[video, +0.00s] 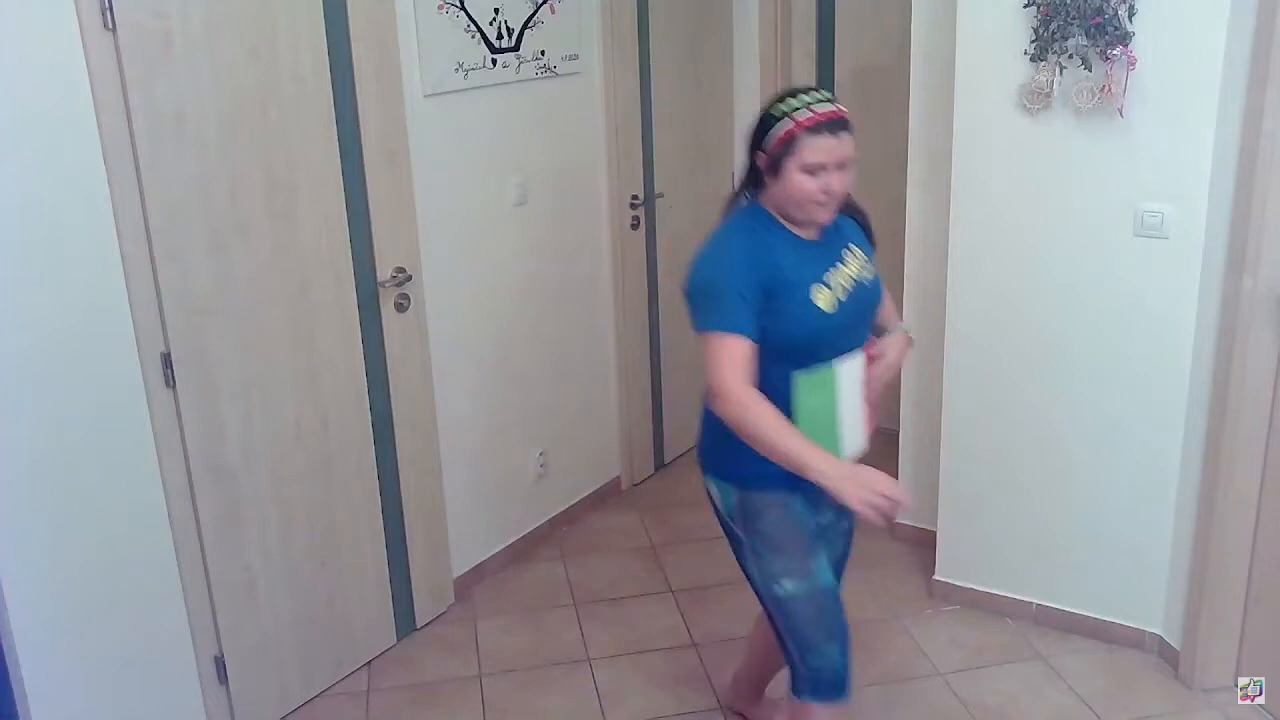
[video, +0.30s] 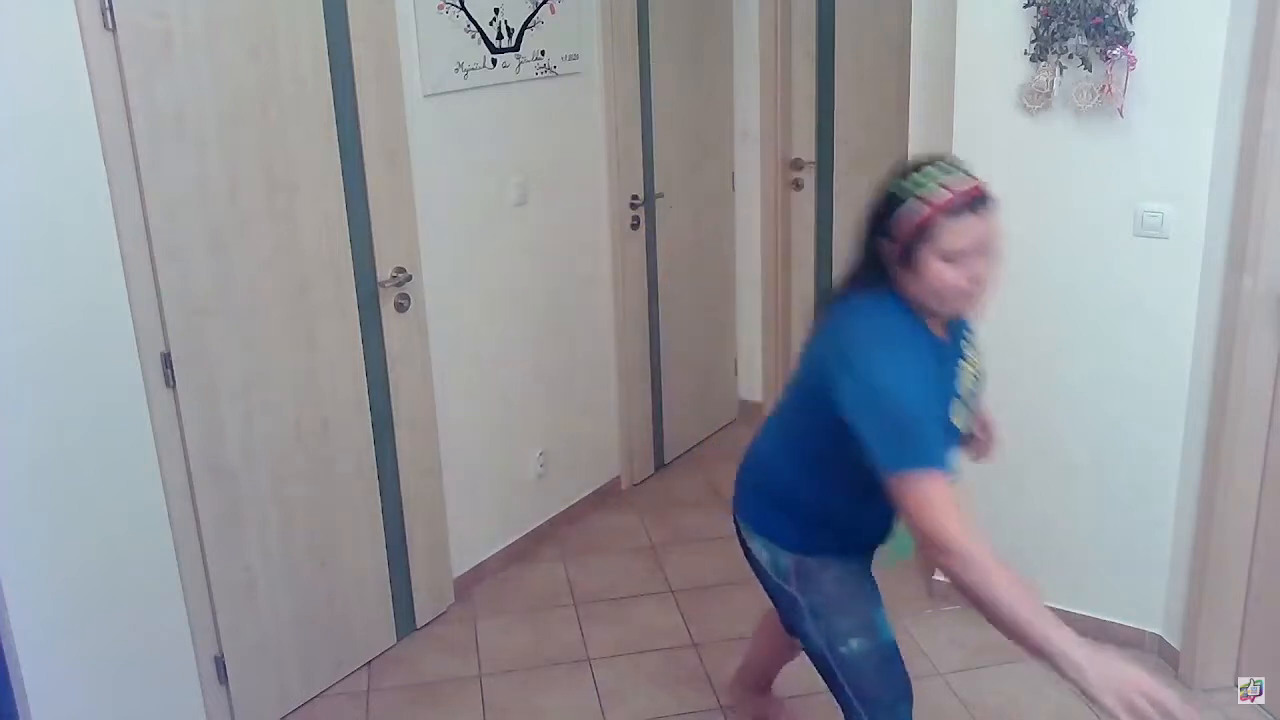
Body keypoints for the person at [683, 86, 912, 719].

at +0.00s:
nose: (834, 186)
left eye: (844, 168)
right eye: (815, 171)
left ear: (854, 163)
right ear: (768, 170)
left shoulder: (846, 228)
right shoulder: (733, 255)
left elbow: (877, 307)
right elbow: (728, 393)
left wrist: (895, 341)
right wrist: (836, 473)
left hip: (839, 464)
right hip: (759, 477)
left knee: (801, 604)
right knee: (825, 662)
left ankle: (740, 694)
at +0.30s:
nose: (975, 273)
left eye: (984, 253)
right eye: (953, 257)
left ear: (996, 248)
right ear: (899, 258)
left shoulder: (938, 308)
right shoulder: (874, 340)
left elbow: (931, 375)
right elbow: (945, 541)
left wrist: (963, 414)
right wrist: (1081, 660)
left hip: (846, 511)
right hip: (796, 527)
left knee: (802, 615)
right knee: (884, 701)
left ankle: (747, 686)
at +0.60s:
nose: (1133, 416)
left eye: (1140, 392)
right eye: (1108, 403)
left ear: (1146, 370)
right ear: (1045, 393)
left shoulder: (1011, 315)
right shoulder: (1014, 496)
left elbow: (950, 327)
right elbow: (1094, 698)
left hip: (822, 431)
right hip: (807, 531)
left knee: (775, 552)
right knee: (897, 709)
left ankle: (704, 595)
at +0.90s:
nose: (1144, 442)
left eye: (1152, 418)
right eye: (1119, 431)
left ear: (1159, 392)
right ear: (1051, 422)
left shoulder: (1027, 330)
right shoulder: (1017, 521)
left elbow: (968, 330)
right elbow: (1092, 706)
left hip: (827, 427)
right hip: (807, 530)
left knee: (780, 550)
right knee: (891, 707)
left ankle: (706, 595)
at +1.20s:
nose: (1013, 317)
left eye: (1020, 293)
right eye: (983, 300)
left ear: (1034, 289)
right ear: (928, 306)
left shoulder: (968, 341)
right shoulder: (891, 403)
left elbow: (981, 397)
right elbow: (846, 577)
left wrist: (996, 456)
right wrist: (952, 694)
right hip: (789, 538)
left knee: (782, 611)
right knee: (884, 704)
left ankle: (727, 669)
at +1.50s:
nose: (816, 199)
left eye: (834, 181)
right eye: (796, 181)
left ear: (856, 194)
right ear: (762, 193)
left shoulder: (877, 268)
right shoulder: (708, 280)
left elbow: (902, 353)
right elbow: (645, 386)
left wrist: (920, 443)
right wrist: (670, 484)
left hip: (830, 498)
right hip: (739, 504)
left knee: (774, 620)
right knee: (812, 678)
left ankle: (716, 696)